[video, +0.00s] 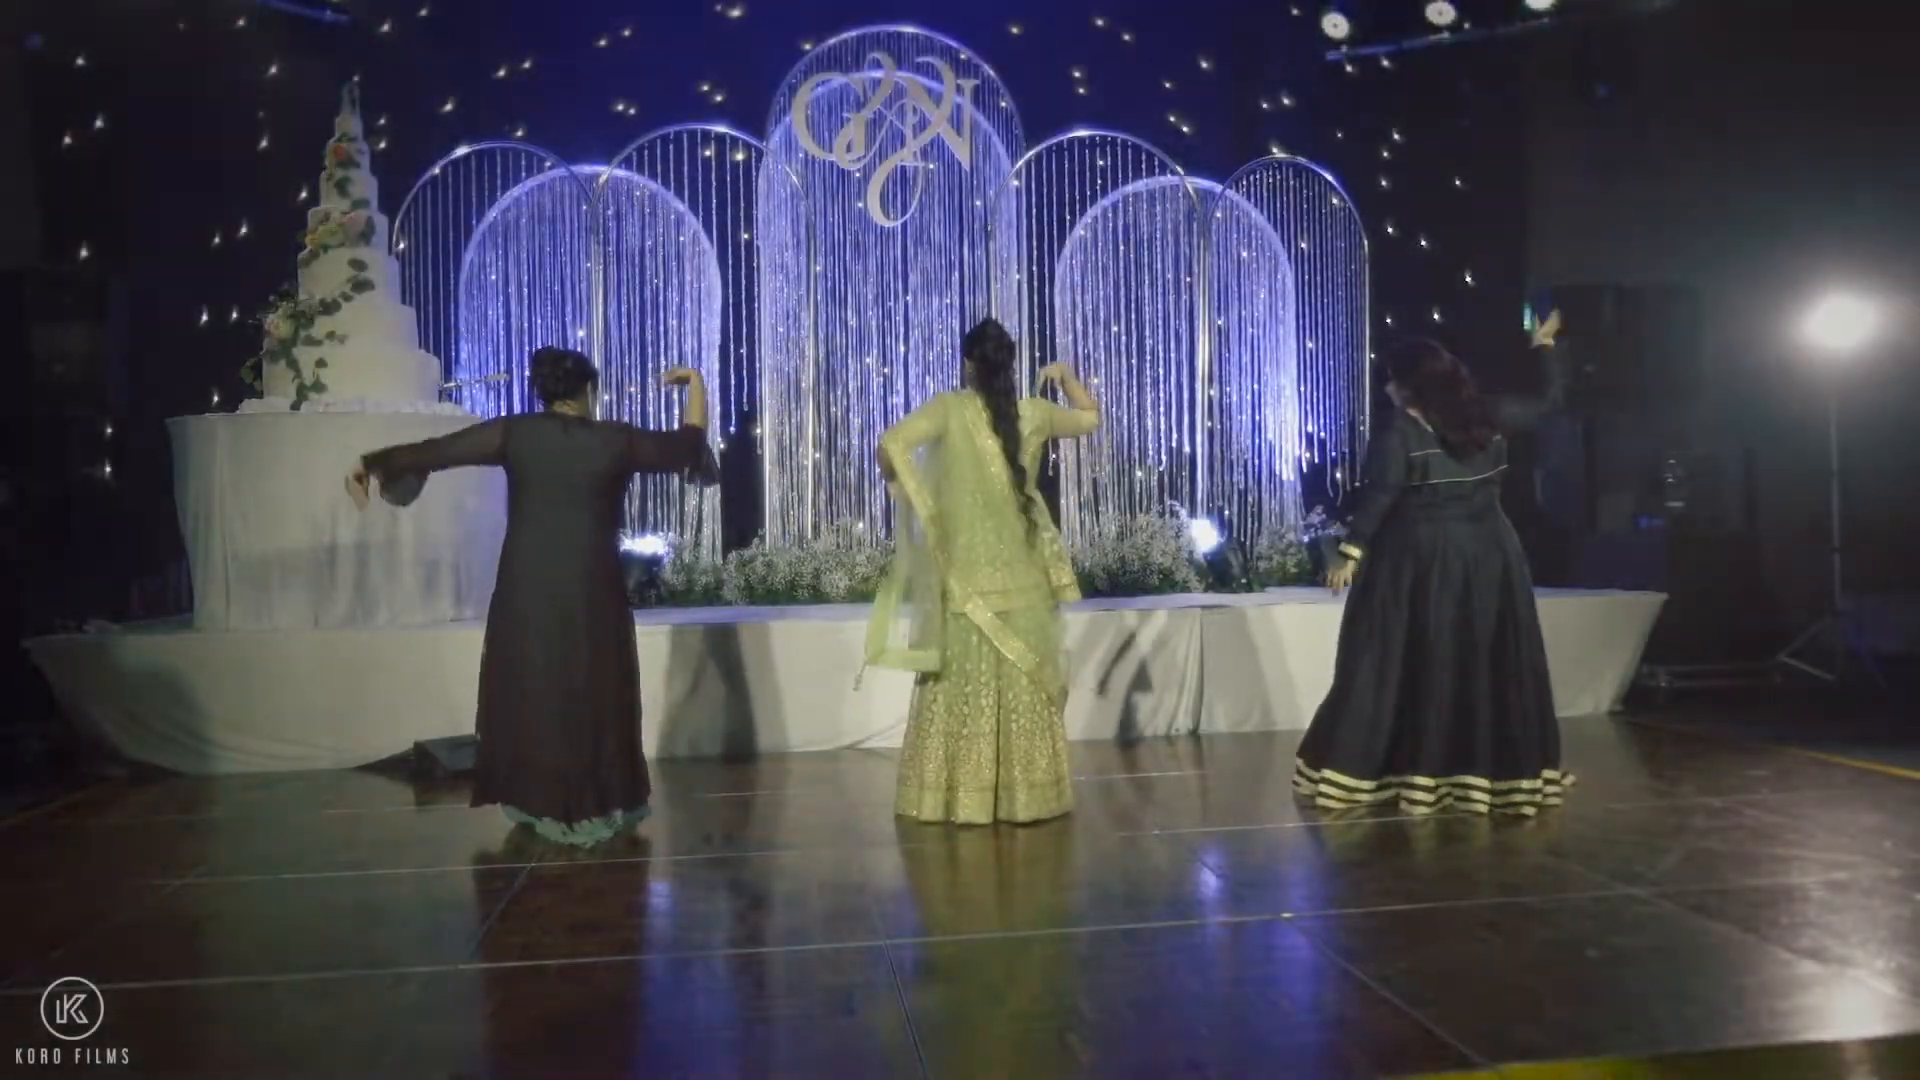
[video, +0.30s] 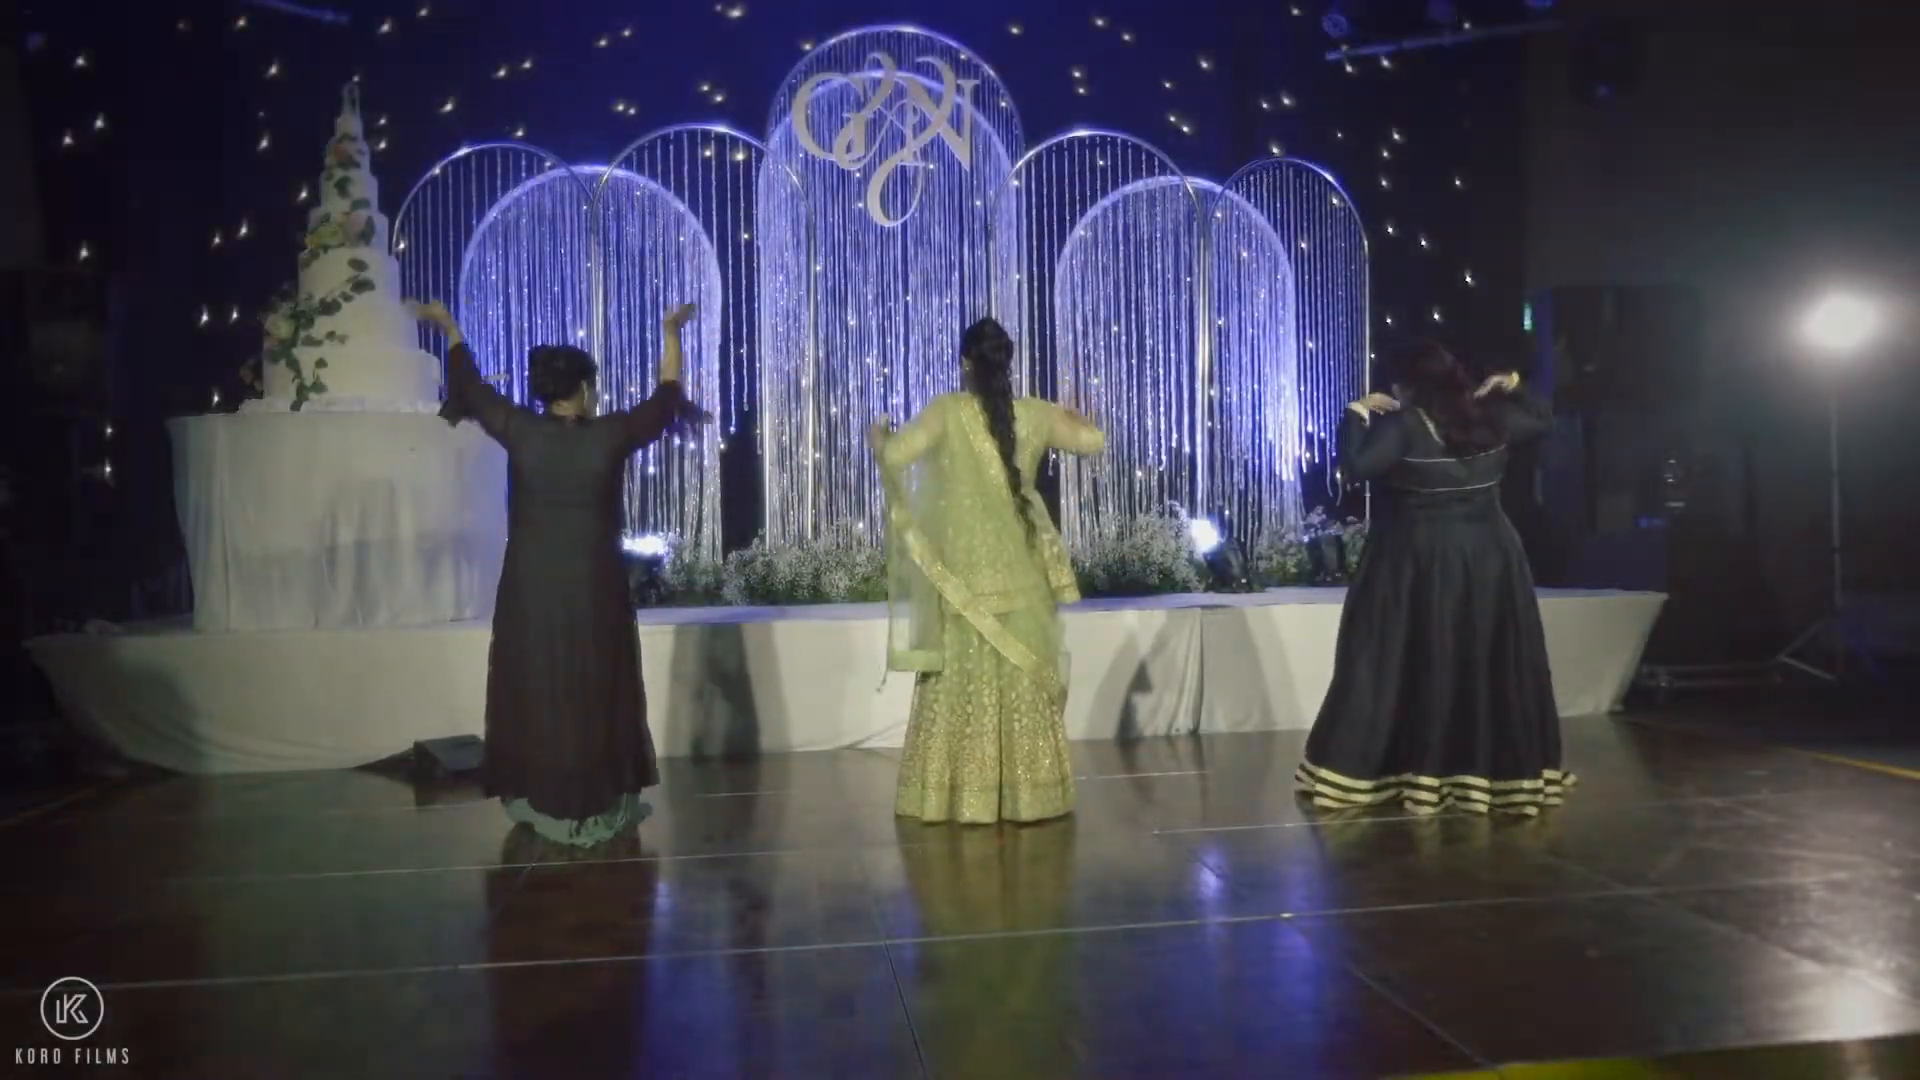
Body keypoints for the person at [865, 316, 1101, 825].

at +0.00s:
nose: (963, 366)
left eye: (964, 359)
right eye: (976, 359)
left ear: (967, 363)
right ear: (1010, 363)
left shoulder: (948, 407)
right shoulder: (1033, 414)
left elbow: (890, 445)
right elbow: (1090, 418)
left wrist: (922, 508)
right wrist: (1067, 375)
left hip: (964, 571)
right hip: (1023, 571)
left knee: (964, 689)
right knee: (1025, 686)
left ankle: (964, 797)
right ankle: (1024, 798)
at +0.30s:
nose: (963, 365)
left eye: (963, 358)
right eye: (974, 357)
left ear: (965, 362)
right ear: (1008, 361)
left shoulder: (947, 411)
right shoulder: (1036, 414)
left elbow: (894, 456)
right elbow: (1092, 441)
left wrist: (879, 435)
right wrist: (1075, 417)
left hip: (963, 571)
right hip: (1022, 571)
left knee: (963, 687)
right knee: (1024, 685)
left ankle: (966, 796)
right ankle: (1026, 798)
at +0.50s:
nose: (962, 364)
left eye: (962, 357)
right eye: (972, 356)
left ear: (964, 362)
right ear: (1007, 361)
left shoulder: (944, 408)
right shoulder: (1033, 408)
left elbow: (870, 413)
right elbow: (1093, 402)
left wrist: (857, 354)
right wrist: (1108, 355)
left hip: (960, 565)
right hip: (1022, 565)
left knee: (963, 684)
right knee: (1025, 681)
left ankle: (966, 796)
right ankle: (1028, 796)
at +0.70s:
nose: (968, 360)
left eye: (965, 353)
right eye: (984, 353)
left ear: (963, 362)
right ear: (1007, 364)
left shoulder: (938, 404)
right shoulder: (1025, 407)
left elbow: (896, 371)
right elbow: (1053, 365)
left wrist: (907, 311)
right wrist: (1048, 306)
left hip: (962, 564)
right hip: (1022, 561)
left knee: (961, 682)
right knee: (1024, 681)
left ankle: (962, 796)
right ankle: (1027, 795)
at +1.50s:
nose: (959, 366)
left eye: (960, 358)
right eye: (968, 358)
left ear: (962, 363)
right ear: (1005, 362)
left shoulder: (942, 407)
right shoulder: (1029, 408)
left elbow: (875, 430)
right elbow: (1089, 407)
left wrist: (879, 386)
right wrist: (1075, 362)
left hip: (958, 568)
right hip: (1018, 567)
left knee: (958, 685)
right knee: (1022, 681)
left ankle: (962, 795)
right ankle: (1025, 795)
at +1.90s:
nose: (954, 368)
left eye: (954, 361)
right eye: (957, 361)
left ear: (960, 363)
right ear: (999, 360)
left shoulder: (947, 409)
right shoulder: (1028, 412)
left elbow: (896, 456)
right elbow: (1089, 448)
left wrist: (850, 403)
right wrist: (1123, 418)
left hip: (965, 577)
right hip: (1026, 576)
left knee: (964, 691)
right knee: (1027, 688)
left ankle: (966, 797)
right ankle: (1028, 797)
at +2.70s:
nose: (943, 378)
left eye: (945, 370)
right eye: (944, 370)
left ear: (959, 369)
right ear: (988, 367)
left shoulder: (946, 412)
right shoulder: (1024, 416)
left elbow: (908, 462)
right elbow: (1069, 468)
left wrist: (844, 442)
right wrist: (1110, 469)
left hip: (966, 573)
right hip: (1026, 572)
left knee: (968, 686)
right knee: (1029, 683)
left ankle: (970, 796)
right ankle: (1028, 795)